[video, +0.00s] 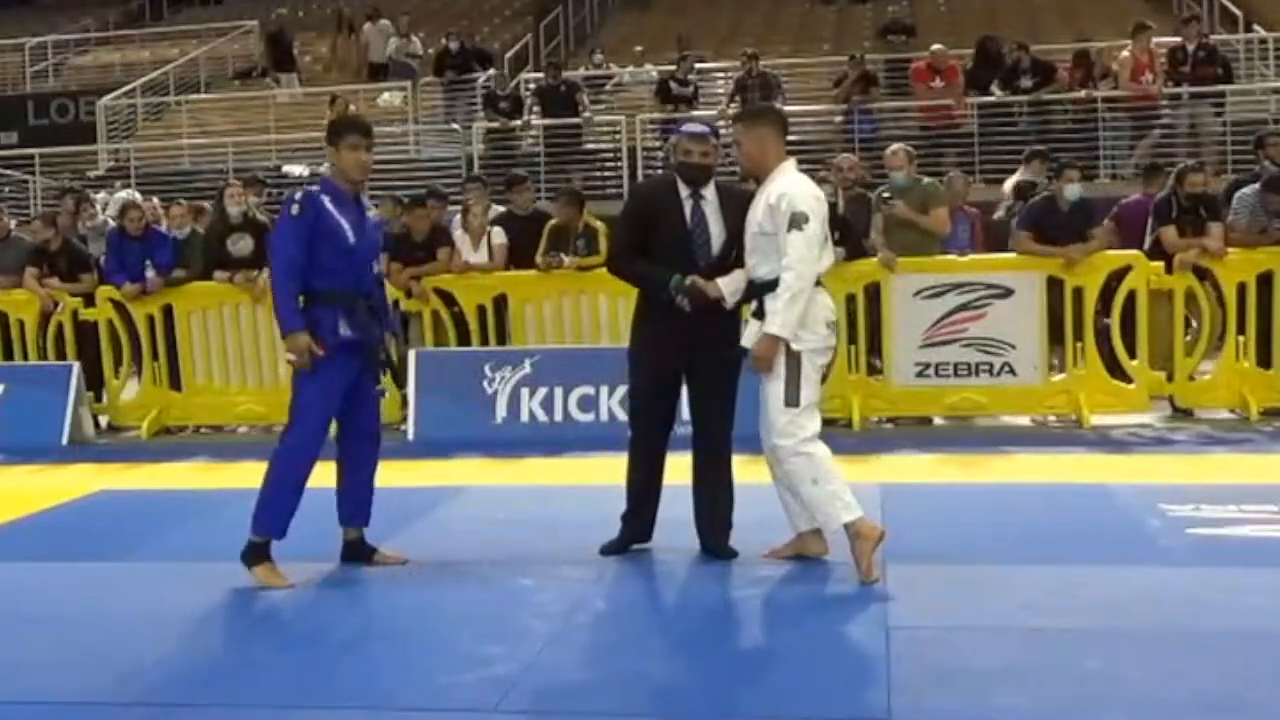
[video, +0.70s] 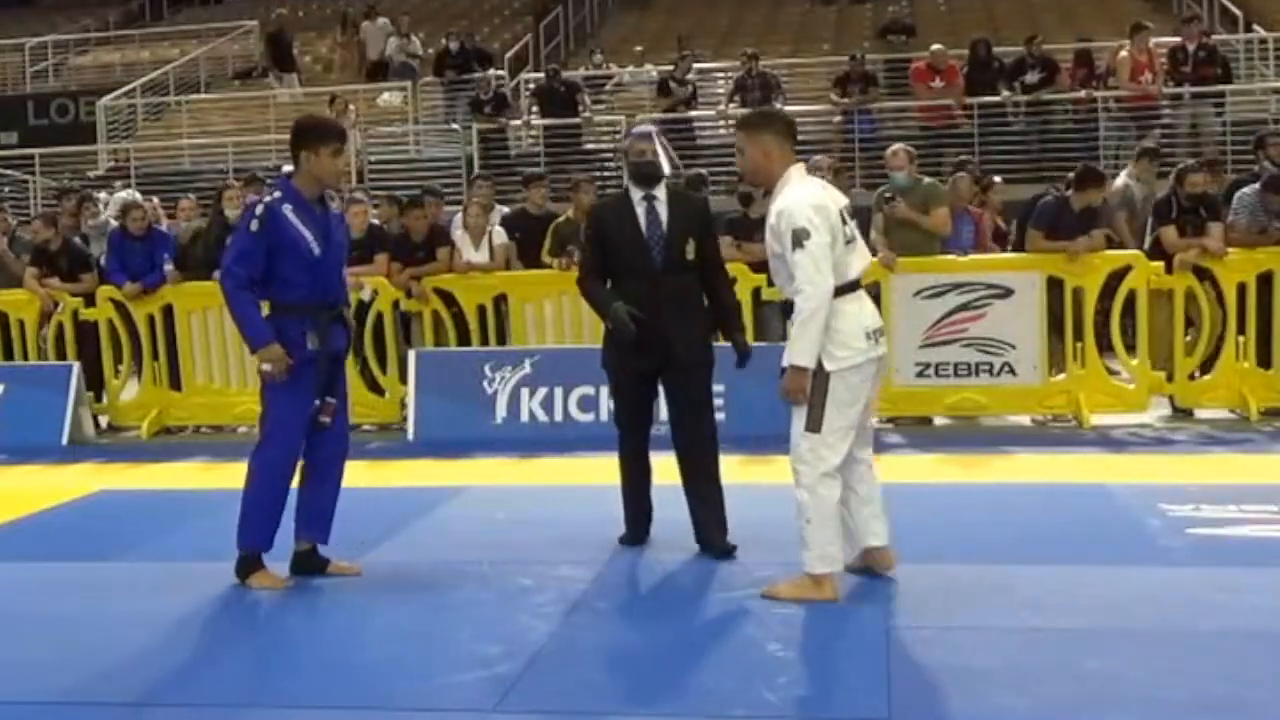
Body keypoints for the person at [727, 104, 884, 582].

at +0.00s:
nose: (738, 152)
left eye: (742, 142)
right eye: (738, 142)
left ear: (765, 141)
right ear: (769, 141)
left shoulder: (797, 193)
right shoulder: (771, 193)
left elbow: (799, 270)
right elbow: (763, 265)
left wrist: (775, 331)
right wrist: (720, 288)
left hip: (800, 317)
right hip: (776, 315)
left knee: (791, 434)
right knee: (777, 435)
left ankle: (857, 526)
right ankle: (807, 533)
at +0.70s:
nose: (739, 164)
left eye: (743, 153)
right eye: (738, 154)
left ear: (769, 151)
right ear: (781, 150)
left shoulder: (797, 205)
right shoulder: (813, 190)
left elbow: (815, 289)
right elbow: (826, 261)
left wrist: (798, 364)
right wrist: (763, 255)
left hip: (835, 333)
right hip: (858, 323)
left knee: (813, 455)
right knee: (853, 447)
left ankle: (820, 574)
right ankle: (874, 548)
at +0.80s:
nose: (752, 161)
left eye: (756, 149)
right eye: (752, 150)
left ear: (783, 148)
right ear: (793, 148)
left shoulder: (807, 206)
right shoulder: (834, 188)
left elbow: (823, 291)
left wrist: (807, 366)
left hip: (843, 335)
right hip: (871, 322)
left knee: (819, 456)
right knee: (870, 445)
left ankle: (821, 575)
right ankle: (927, 541)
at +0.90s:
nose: (771, 159)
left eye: (775, 148)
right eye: (771, 148)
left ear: (802, 148)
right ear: (816, 148)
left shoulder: (823, 206)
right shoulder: (853, 192)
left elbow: (835, 293)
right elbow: (883, 266)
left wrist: (818, 368)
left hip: (858, 342)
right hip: (890, 332)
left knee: (816, 458)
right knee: (900, 448)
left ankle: (820, 575)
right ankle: (978, 545)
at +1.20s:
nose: (782, 177)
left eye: (785, 166)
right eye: (781, 167)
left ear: (813, 162)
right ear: (822, 163)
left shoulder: (834, 217)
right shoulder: (860, 208)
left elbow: (850, 304)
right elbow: (846, 303)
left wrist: (839, 378)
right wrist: (792, 345)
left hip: (848, 359)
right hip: (886, 355)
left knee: (775, 448)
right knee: (914, 461)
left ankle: (768, 565)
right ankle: (989, 562)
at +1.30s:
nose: (758, 184)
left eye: (761, 172)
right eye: (756, 174)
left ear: (789, 167)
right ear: (794, 168)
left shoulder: (814, 221)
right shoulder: (828, 212)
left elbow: (838, 306)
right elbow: (803, 303)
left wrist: (829, 382)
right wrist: (738, 333)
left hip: (835, 361)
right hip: (871, 353)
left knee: (773, 461)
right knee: (909, 463)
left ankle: (732, 571)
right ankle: (987, 561)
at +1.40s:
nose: (731, 197)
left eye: (735, 185)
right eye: (731, 187)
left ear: (762, 182)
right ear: (765, 183)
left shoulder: (792, 236)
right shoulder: (786, 235)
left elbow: (816, 317)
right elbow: (750, 312)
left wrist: (809, 391)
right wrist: (677, 327)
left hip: (820, 372)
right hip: (856, 366)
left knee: (755, 468)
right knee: (899, 469)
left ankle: (719, 578)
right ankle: (985, 558)